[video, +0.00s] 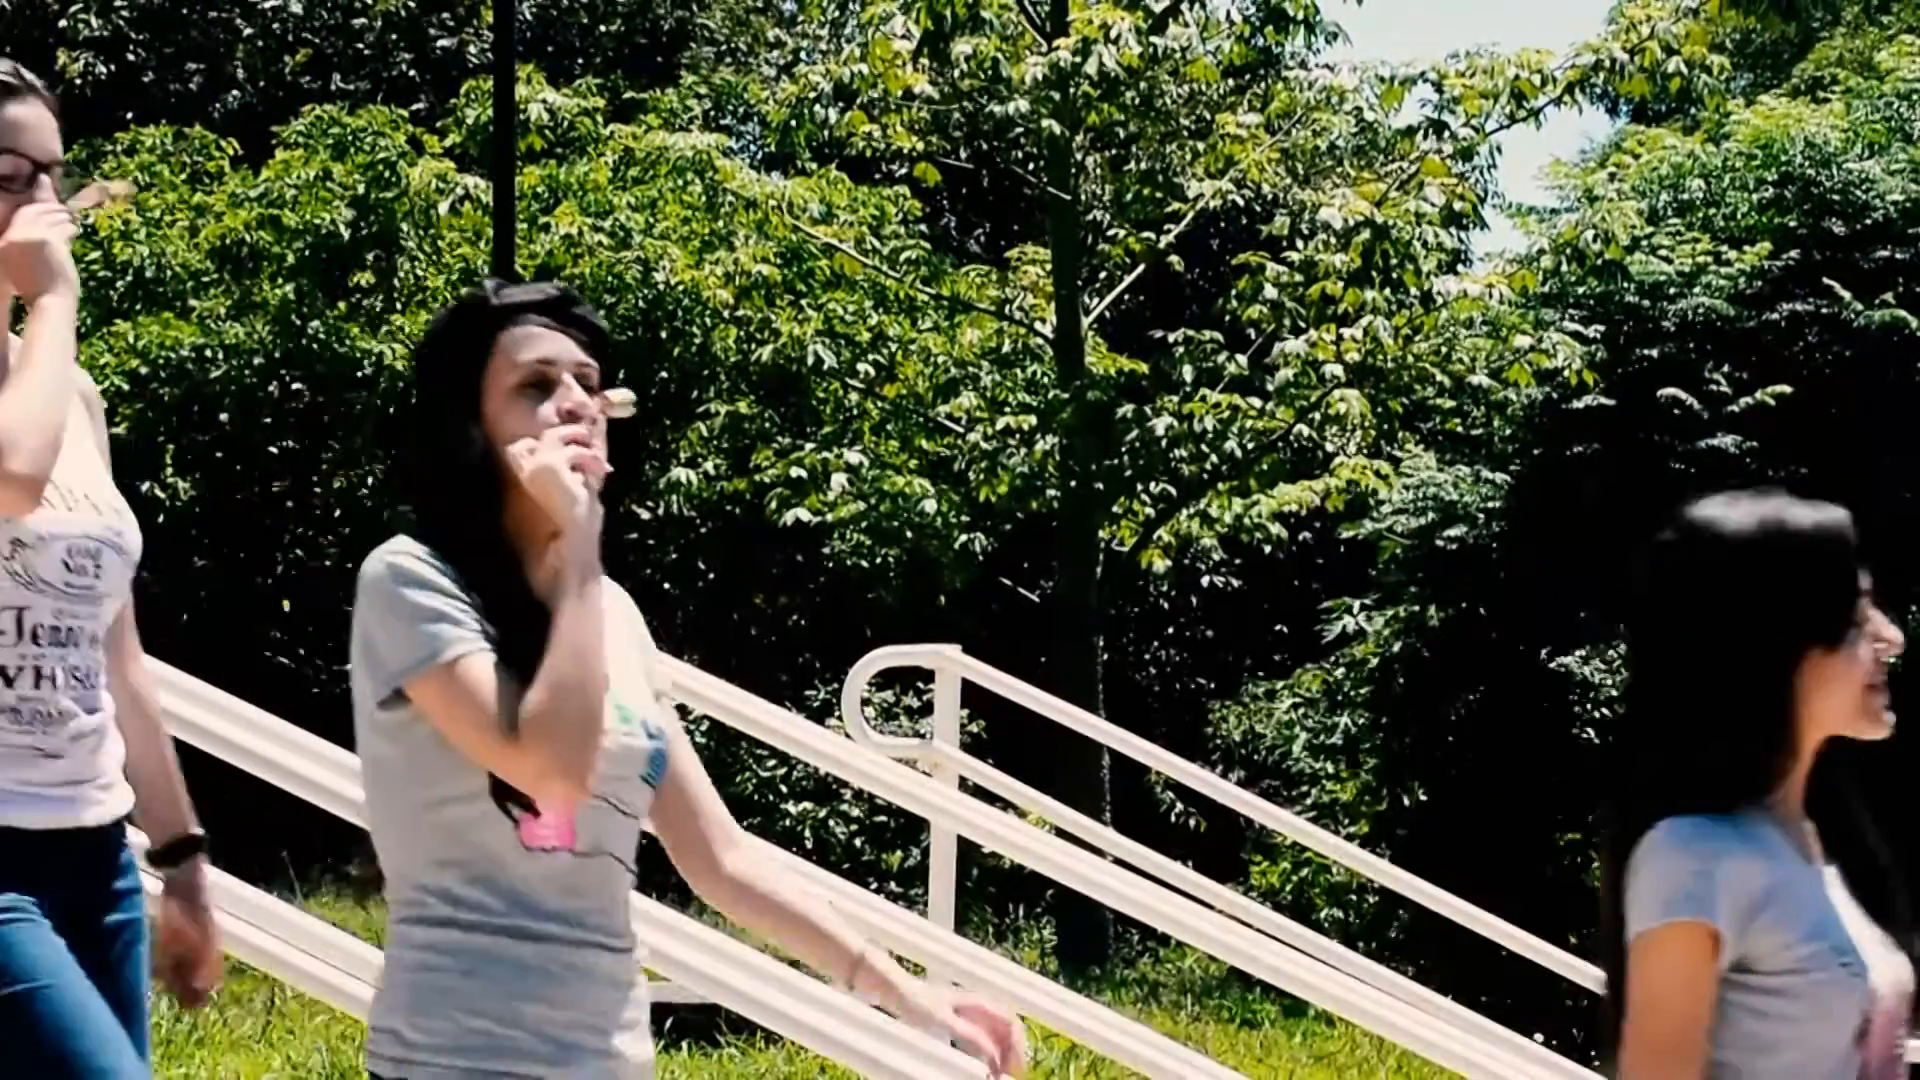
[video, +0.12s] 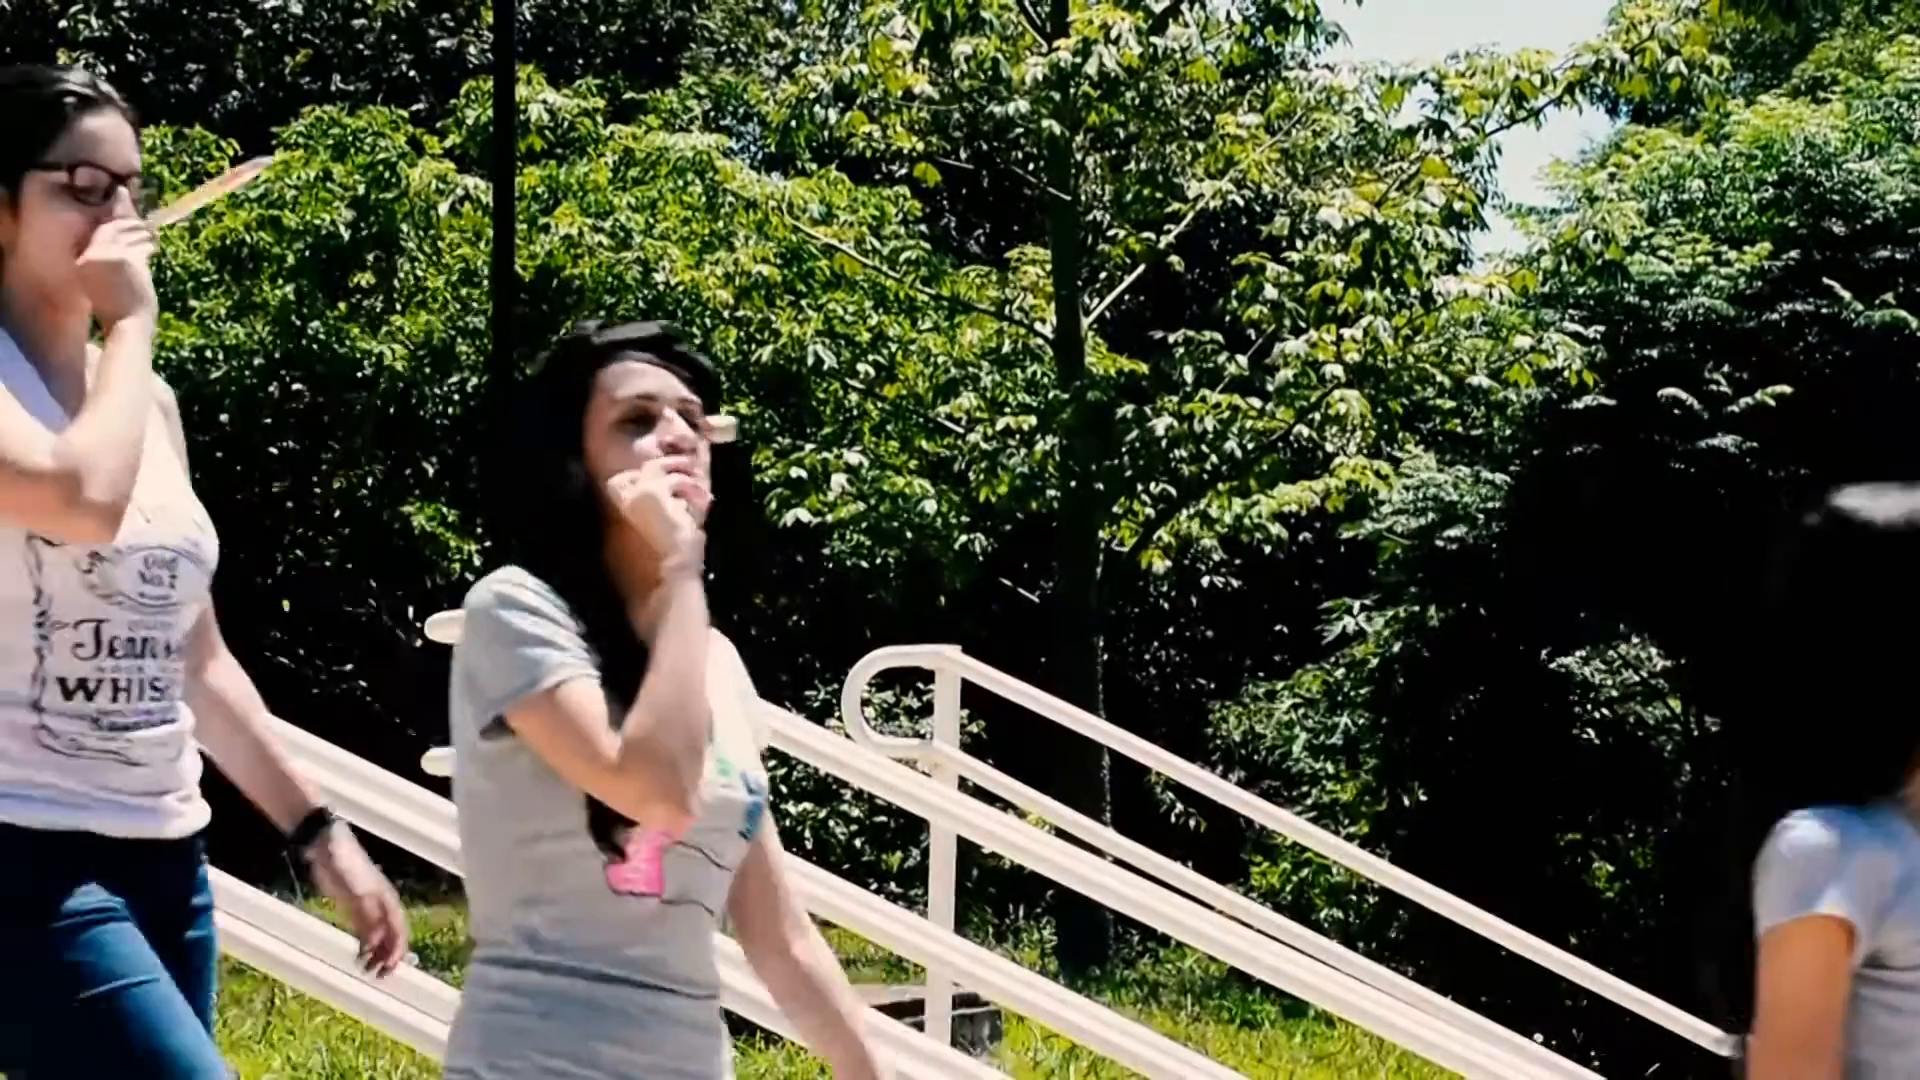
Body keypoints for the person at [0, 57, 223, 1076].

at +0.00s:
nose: (39, 198)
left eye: (51, 174)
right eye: (11, 173)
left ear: (67, 188)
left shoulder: (76, 397)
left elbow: (120, 659)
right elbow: (17, 477)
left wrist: (179, 855)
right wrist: (53, 296)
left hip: (100, 863)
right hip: (5, 865)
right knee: (112, 1070)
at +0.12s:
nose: (120, 213)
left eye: (132, 187)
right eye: (83, 186)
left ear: (145, 200)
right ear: (1, 207)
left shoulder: (148, 398)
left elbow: (198, 656)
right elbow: (87, 498)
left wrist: (318, 833)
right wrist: (132, 322)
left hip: (170, 861)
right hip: (34, 858)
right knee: (198, 1065)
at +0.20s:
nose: (171, 205)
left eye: (184, 179)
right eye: (135, 178)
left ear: (199, 187)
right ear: (42, 190)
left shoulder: (205, 388)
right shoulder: (12, 357)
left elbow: (257, 642)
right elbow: (136, 494)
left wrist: (397, 772)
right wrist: (179, 317)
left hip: (220, 855)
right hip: (66, 851)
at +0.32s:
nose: (255, 246)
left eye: (264, 220)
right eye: (219, 218)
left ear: (278, 225)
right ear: (123, 226)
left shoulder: (274, 419)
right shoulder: (56, 390)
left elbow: (326, 679)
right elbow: (222, 535)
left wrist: (474, 777)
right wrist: (260, 355)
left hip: (302, 900)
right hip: (143, 899)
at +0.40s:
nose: (321, 328)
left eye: (333, 301)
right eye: (288, 297)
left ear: (347, 312)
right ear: (189, 301)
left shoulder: (318, 496)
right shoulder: (123, 467)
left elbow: (345, 762)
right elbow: (283, 633)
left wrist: (523, 868)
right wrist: (332, 441)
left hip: (345, 988)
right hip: (175, 985)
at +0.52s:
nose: (423, 410)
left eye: (435, 383)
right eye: (391, 377)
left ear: (450, 398)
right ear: (292, 373)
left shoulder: (404, 559)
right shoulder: (217, 537)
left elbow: (404, 837)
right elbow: (353, 737)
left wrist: (539, 983)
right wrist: (426, 538)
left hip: (412, 1030)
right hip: (244, 1024)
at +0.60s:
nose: (493, 410)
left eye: (506, 383)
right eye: (464, 375)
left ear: (521, 396)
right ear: (366, 370)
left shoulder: (467, 557)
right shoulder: (292, 535)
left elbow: (439, 837)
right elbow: (429, 733)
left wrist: (555, 986)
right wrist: (494, 536)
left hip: (489, 1029)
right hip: (329, 1024)